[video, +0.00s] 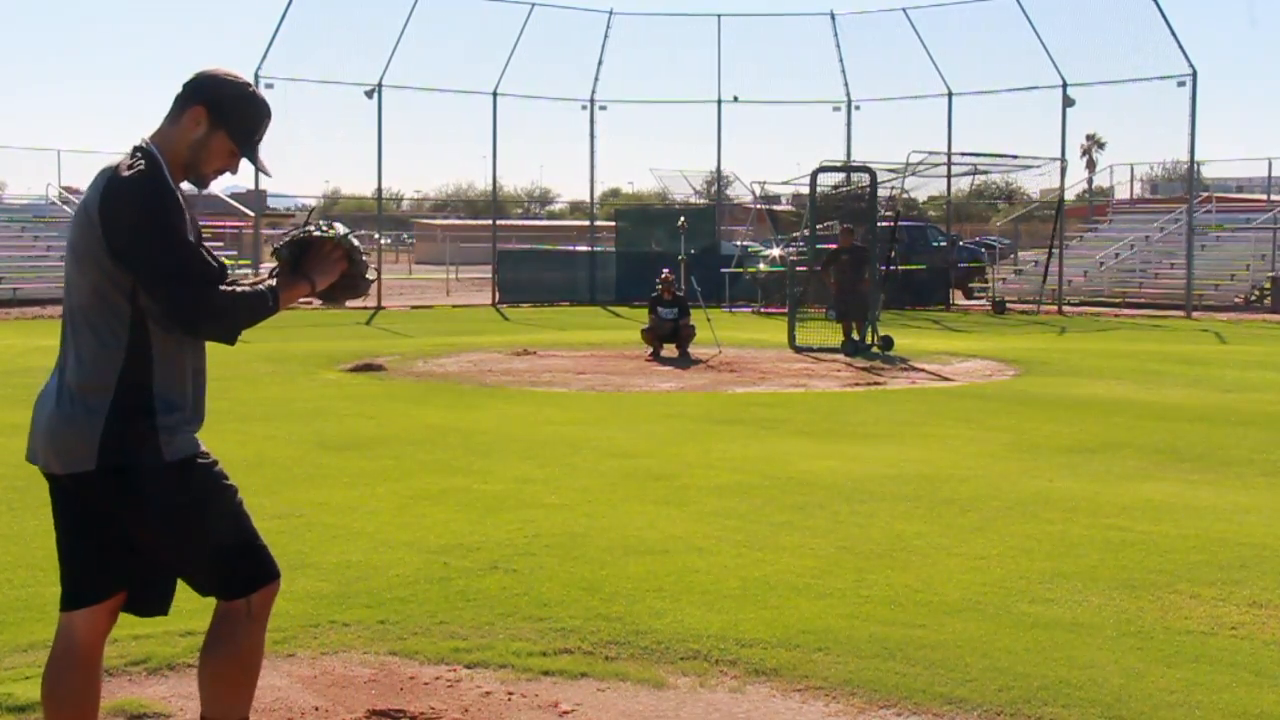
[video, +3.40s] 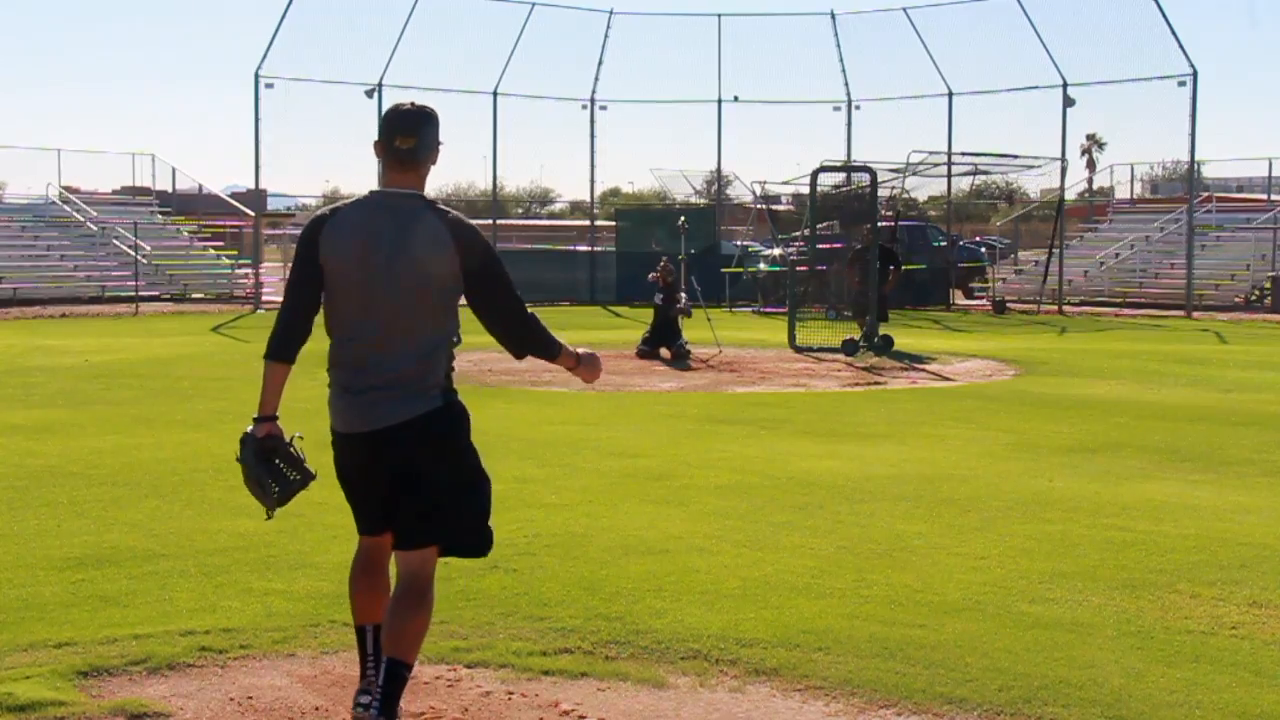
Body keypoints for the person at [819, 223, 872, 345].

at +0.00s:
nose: (844, 239)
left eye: (847, 236)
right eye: (842, 236)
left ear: (852, 237)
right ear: (839, 237)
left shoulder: (862, 251)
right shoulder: (836, 253)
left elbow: (870, 267)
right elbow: (824, 269)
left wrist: (868, 281)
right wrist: (830, 283)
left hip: (858, 288)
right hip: (842, 288)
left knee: (860, 317)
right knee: (845, 318)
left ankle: (862, 340)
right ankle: (847, 341)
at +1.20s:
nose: (860, 238)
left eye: (862, 235)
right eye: (857, 235)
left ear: (867, 236)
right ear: (854, 237)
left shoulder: (874, 251)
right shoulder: (848, 252)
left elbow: (886, 264)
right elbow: (835, 266)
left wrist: (883, 281)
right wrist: (841, 282)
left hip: (871, 288)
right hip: (854, 288)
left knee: (871, 318)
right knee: (852, 317)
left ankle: (871, 342)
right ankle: (849, 340)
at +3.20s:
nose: (867, 238)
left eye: (870, 235)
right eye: (865, 235)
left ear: (875, 236)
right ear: (863, 237)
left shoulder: (885, 251)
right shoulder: (858, 252)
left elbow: (897, 266)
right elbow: (847, 267)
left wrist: (890, 284)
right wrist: (853, 281)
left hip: (878, 288)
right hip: (861, 287)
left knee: (875, 317)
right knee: (856, 316)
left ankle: (873, 341)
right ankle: (856, 339)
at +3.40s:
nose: (867, 237)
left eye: (870, 234)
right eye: (865, 234)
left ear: (876, 236)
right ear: (863, 236)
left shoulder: (885, 251)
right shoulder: (858, 252)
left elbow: (897, 266)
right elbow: (850, 267)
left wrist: (890, 284)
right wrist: (854, 281)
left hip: (878, 287)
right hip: (862, 287)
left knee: (876, 315)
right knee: (858, 314)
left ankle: (875, 337)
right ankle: (866, 336)